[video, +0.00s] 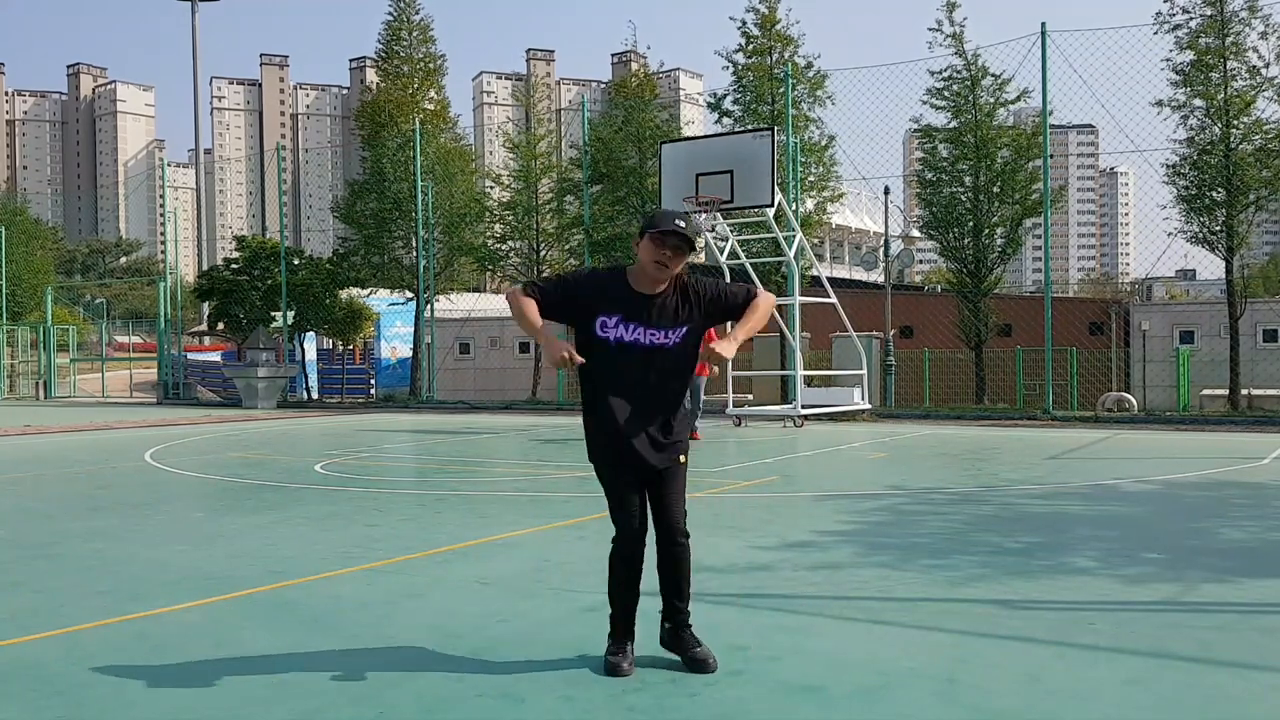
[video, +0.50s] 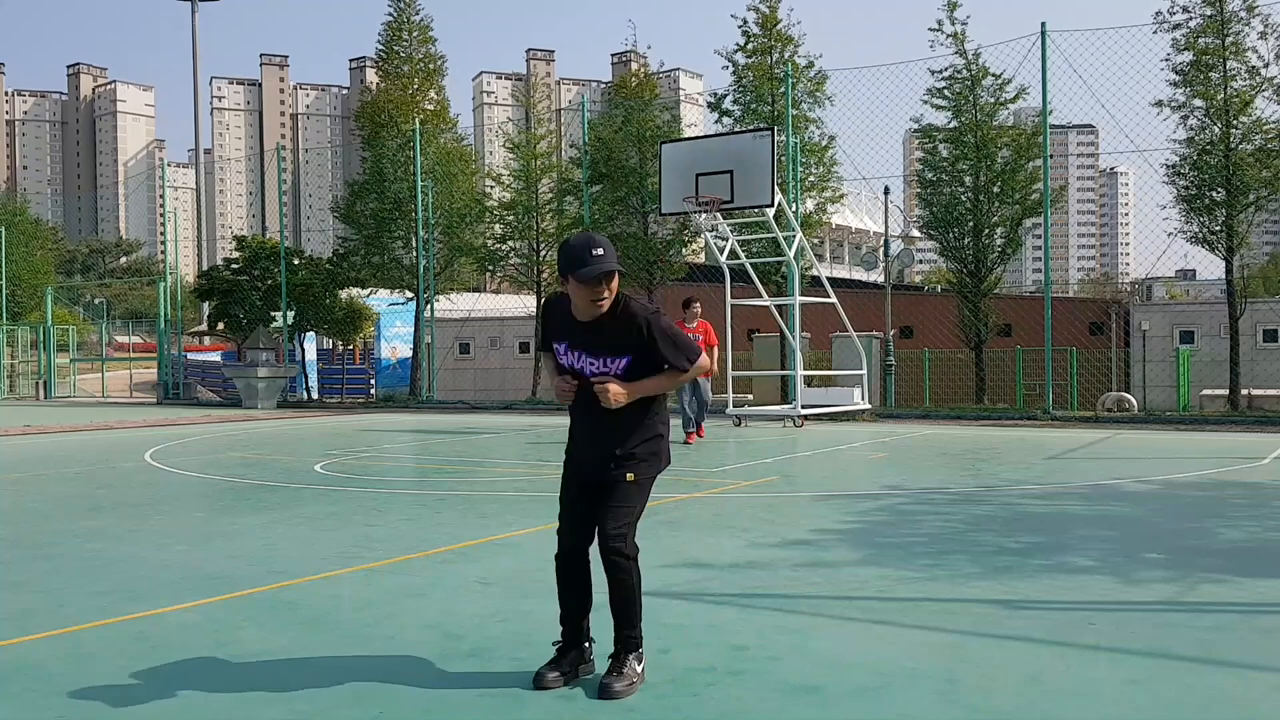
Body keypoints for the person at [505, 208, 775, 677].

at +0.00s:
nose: (667, 272)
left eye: (677, 264)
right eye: (659, 260)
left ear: (686, 261)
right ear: (638, 247)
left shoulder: (696, 295)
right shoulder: (597, 287)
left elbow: (764, 299)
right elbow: (521, 297)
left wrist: (734, 340)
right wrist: (545, 339)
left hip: (669, 436)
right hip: (613, 437)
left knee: (674, 532)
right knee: (631, 534)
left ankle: (677, 629)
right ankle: (621, 638)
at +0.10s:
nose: (660, 225)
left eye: (672, 222)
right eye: (655, 213)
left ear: (679, 231)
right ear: (634, 211)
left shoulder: (690, 270)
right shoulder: (590, 256)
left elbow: (761, 281)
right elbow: (520, 268)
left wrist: (728, 307)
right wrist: (530, 291)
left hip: (651, 421)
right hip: (593, 416)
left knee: (644, 522)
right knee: (602, 526)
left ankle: (652, 629)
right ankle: (612, 631)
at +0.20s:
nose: (652, 226)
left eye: (664, 221)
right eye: (646, 213)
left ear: (673, 231)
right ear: (627, 212)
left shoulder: (684, 273)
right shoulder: (586, 260)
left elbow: (756, 298)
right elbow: (521, 299)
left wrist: (716, 302)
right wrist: (532, 283)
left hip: (636, 428)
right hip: (577, 421)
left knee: (616, 536)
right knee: (569, 535)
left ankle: (630, 650)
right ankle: (591, 626)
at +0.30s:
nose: (640, 260)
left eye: (649, 251)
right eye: (631, 249)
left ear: (662, 252)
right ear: (612, 245)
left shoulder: (676, 296)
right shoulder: (585, 290)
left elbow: (736, 343)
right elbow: (533, 346)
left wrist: (687, 327)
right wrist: (547, 308)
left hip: (627, 450)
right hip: (570, 443)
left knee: (597, 554)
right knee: (547, 551)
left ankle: (622, 656)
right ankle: (570, 649)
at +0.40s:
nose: (624, 284)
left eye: (630, 273)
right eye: (612, 276)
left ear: (640, 267)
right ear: (587, 274)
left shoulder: (656, 311)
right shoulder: (573, 305)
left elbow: (697, 372)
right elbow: (546, 366)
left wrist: (637, 367)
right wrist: (561, 356)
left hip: (631, 454)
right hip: (578, 447)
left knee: (599, 553)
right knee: (557, 556)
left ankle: (626, 655)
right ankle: (574, 652)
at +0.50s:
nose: (603, 289)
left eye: (609, 278)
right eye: (590, 281)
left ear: (618, 275)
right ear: (565, 283)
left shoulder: (641, 317)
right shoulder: (555, 314)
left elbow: (699, 364)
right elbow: (552, 353)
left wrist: (631, 389)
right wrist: (557, 380)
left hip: (637, 445)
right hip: (585, 442)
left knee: (616, 540)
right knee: (570, 547)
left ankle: (628, 655)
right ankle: (574, 650)